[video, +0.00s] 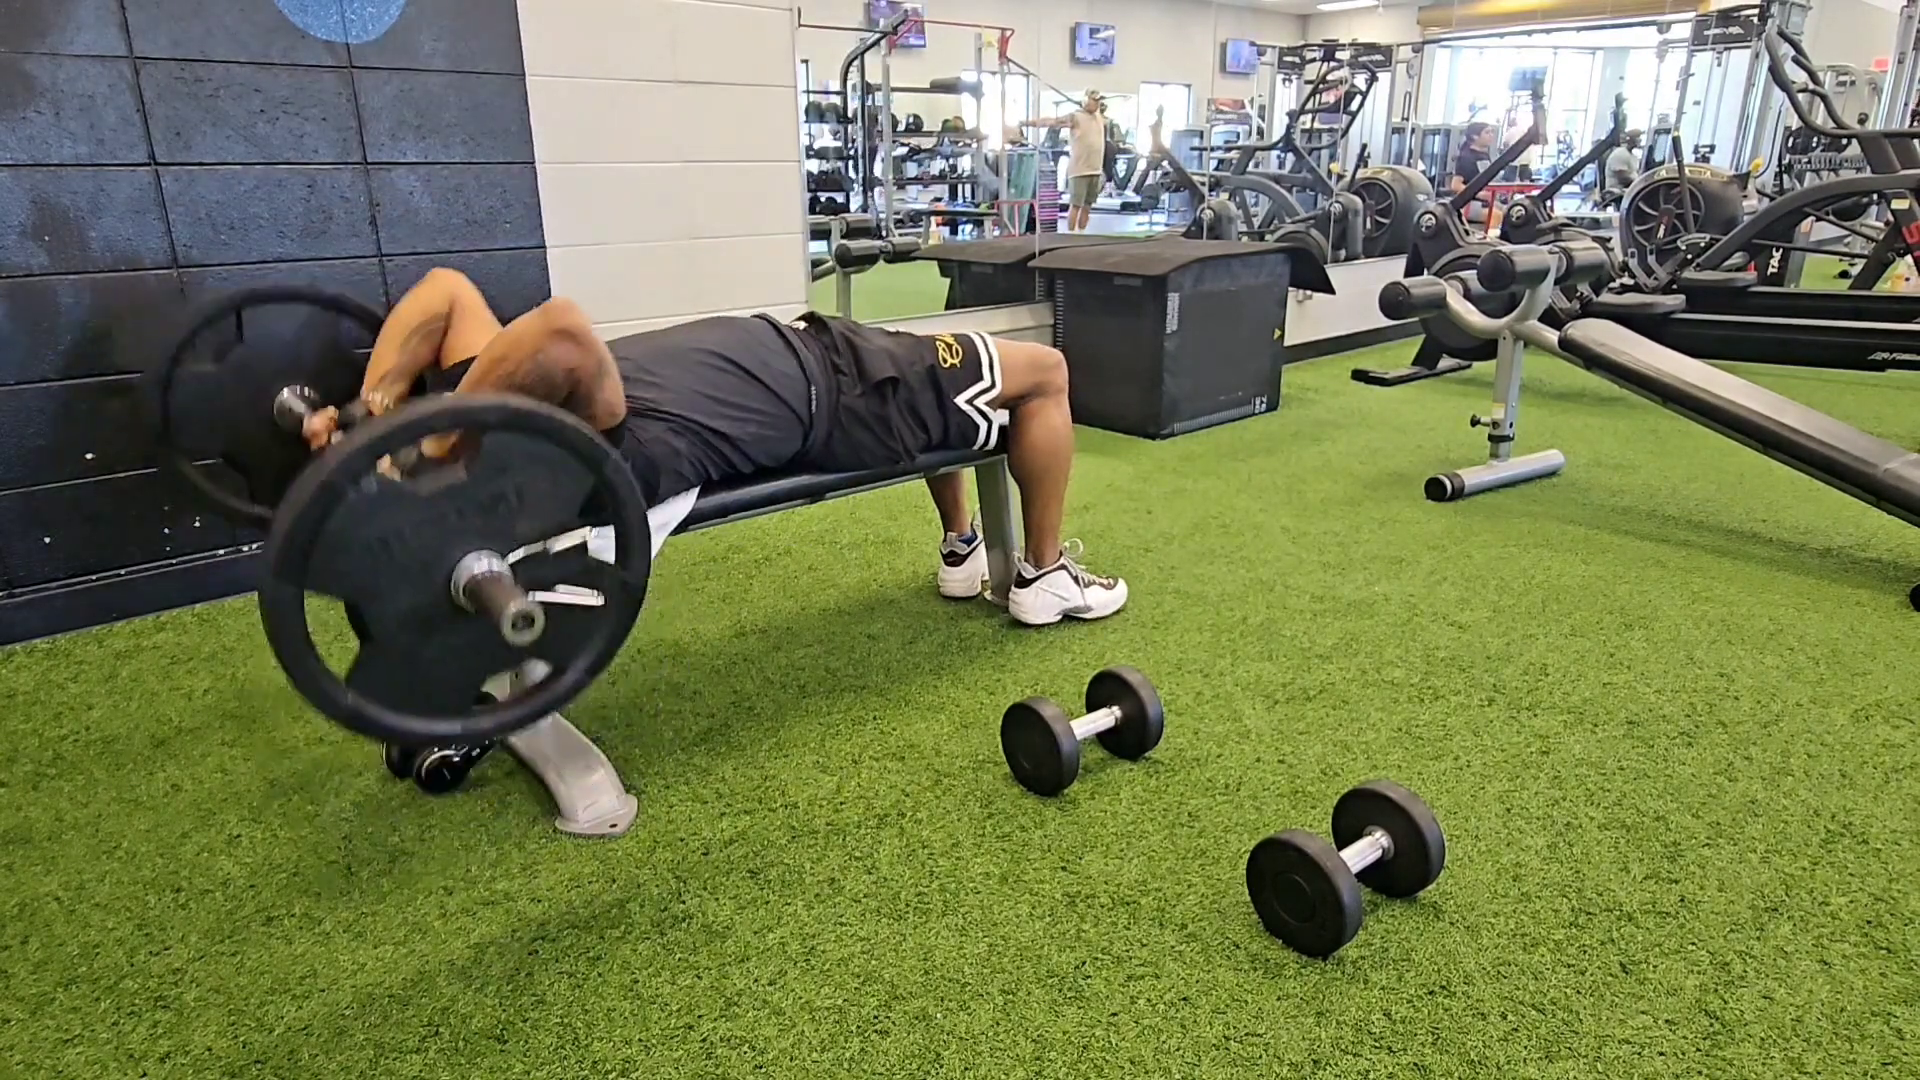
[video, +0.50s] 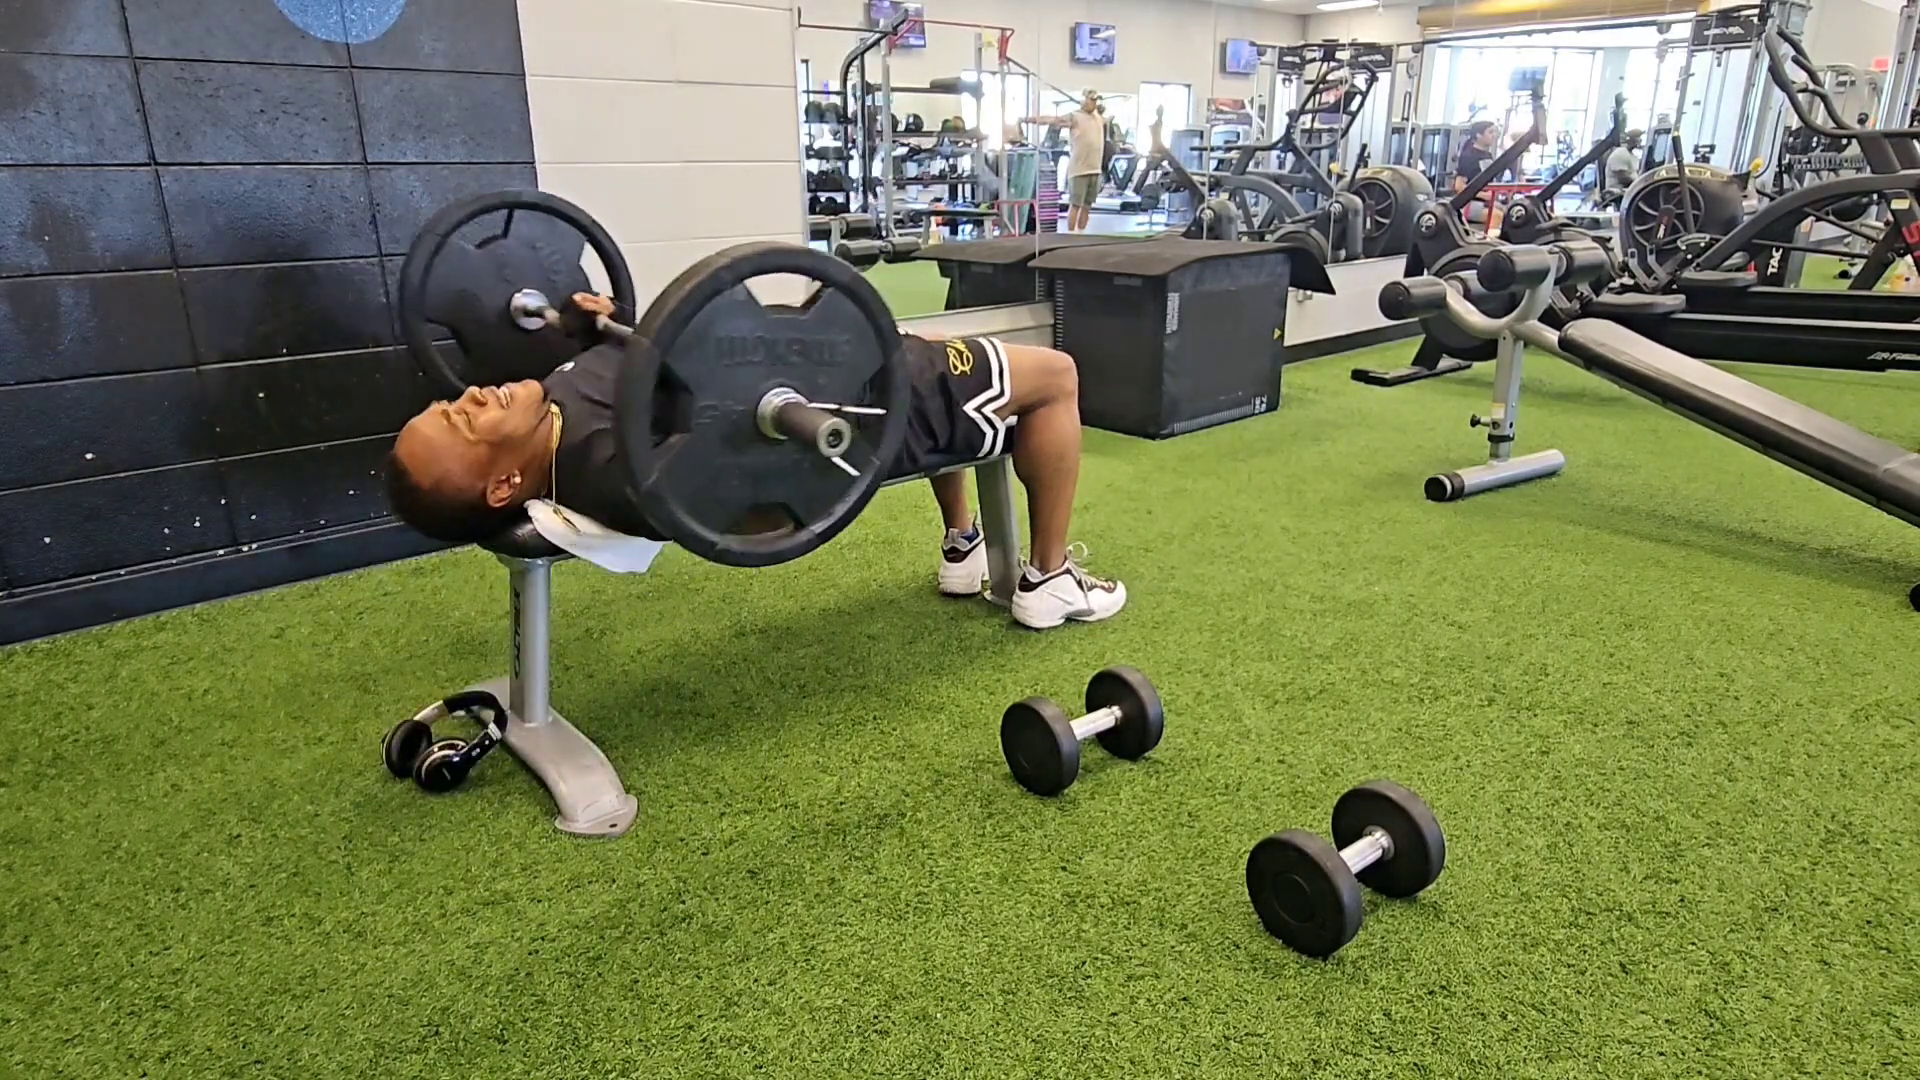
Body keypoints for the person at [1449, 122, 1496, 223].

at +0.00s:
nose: (1491, 135)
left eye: (1491, 132)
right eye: (1487, 132)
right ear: (1474, 136)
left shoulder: (1486, 155)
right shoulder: (1466, 156)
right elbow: (1456, 185)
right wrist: (1480, 194)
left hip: (1488, 201)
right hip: (1469, 203)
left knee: (1508, 211)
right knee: (1496, 215)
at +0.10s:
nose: (1493, 135)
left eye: (1493, 132)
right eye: (1488, 132)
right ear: (1476, 136)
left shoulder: (1487, 154)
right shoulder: (1467, 155)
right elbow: (1456, 184)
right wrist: (1481, 194)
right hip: (1472, 203)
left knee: (1511, 212)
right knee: (1497, 216)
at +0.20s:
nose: (1494, 135)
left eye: (1494, 132)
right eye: (1490, 132)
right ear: (1477, 136)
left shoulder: (1487, 154)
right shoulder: (1467, 155)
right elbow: (1458, 185)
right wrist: (1483, 195)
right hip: (1471, 202)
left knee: (1510, 211)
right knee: (1496, 216)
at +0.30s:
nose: (1494, 135)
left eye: (1494, 132)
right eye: (1490, 132)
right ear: (1478, 135)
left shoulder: (1488, 155)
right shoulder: (1468, 155)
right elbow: (1458, 186)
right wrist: (1484, 195)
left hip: (1489, 201)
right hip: (1470, 202)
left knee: (1509, 212)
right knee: (1496, 216)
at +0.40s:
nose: (1494, 136)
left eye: (1494, 132)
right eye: (1490, 132)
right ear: (1478, 135)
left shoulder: (1488, 155)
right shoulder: (1468, 155)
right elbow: (1459, 186)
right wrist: (1484, 195)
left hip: (1489, 201)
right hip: (1470, 202)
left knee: (1509, 211)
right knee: (1496, 215)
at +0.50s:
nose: (1493, 136)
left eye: (1493, 132)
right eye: (1490, 132)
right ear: (1478, 135)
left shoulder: (1488, 155)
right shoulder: (1468, 155)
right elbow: (1459, 186)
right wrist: (1484, 195)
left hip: (1489, 200)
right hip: (1470, 202)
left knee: (1509, 211)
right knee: (1496, 215)